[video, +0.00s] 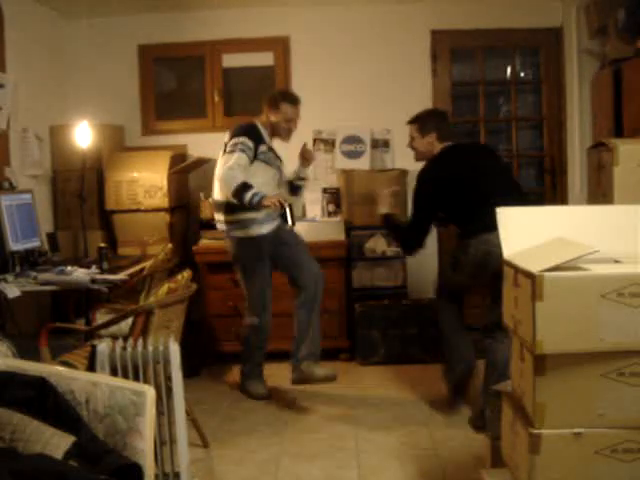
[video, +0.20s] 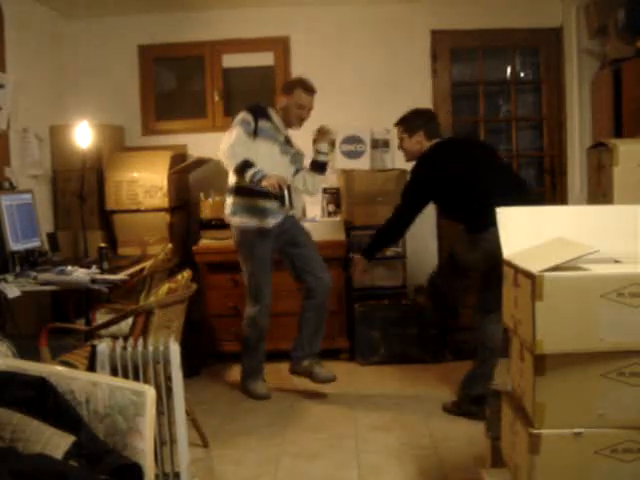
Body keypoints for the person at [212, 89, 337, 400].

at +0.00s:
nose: (291, 127)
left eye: (294, 121)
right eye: (286, 119)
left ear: (296, 120)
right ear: (268, 113)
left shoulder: (271, 150)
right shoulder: (245, 138)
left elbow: (285, 197)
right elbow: (228, 178)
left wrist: (302, 168)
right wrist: (259, 199)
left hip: (277, 230)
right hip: (247, 236)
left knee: (311, 279)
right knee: (258, 309)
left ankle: (305, 363)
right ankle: (252, 375)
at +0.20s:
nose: (304, 116)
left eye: (308, 111)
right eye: (300, 107)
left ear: (307, 110)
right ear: (282, 99)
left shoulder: (291, 149)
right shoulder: (252, 120)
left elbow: (309, 188)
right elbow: (229, 151)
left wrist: (321, 152)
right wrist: (259, 177)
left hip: (284, 222)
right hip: (251, 224)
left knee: (319, 283)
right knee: (259, 303)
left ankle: (304, 359)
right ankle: (252, 375)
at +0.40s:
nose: (315, 115)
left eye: (319, 109)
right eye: (310, 108)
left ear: (322, 111)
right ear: (294, 103)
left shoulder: (307, 148)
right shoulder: (266, 119)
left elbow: (328, 183)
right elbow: (233, 149)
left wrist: (335, 146)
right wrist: (259, 175)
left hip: (292, 223)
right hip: (259, 220)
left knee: (312, 296)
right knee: (292, 289)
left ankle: (312, 377)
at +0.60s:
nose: (316, 118)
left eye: (322, 112)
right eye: (312, 110)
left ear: (327, 111)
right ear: (297, 102)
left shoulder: (321, 148)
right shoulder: (269, 119)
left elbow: (335, 179)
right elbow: (231, 144)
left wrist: (353, 205)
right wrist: (245, 170)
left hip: (296, 216)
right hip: (260, 207)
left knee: (312, 289)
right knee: (316, 228)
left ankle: (313, 378)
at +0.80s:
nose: (300, 116)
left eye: (305, 110)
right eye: (295, 109)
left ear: (310, 107)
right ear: (279, 101)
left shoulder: (312, 137)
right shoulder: (250, 123)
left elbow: (324, 184)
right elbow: (221, 156)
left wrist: (324, 225)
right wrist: (240, 170)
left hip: (303, 213)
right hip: (266, 209)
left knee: (308, 289)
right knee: (312, 254)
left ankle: (283, 364)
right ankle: (357, 321)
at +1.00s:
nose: (300, 138)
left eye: (303, 132)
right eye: (296, 131)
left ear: (304, 127)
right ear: (279, 119)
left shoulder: (297, 147)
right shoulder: (247, 145)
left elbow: (310, 180)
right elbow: (220, 187)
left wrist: (323, 189)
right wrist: (246, 185)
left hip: (306, 233)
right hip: (273, 236)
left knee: (318, 304)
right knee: (307, 304)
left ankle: (285, 371)